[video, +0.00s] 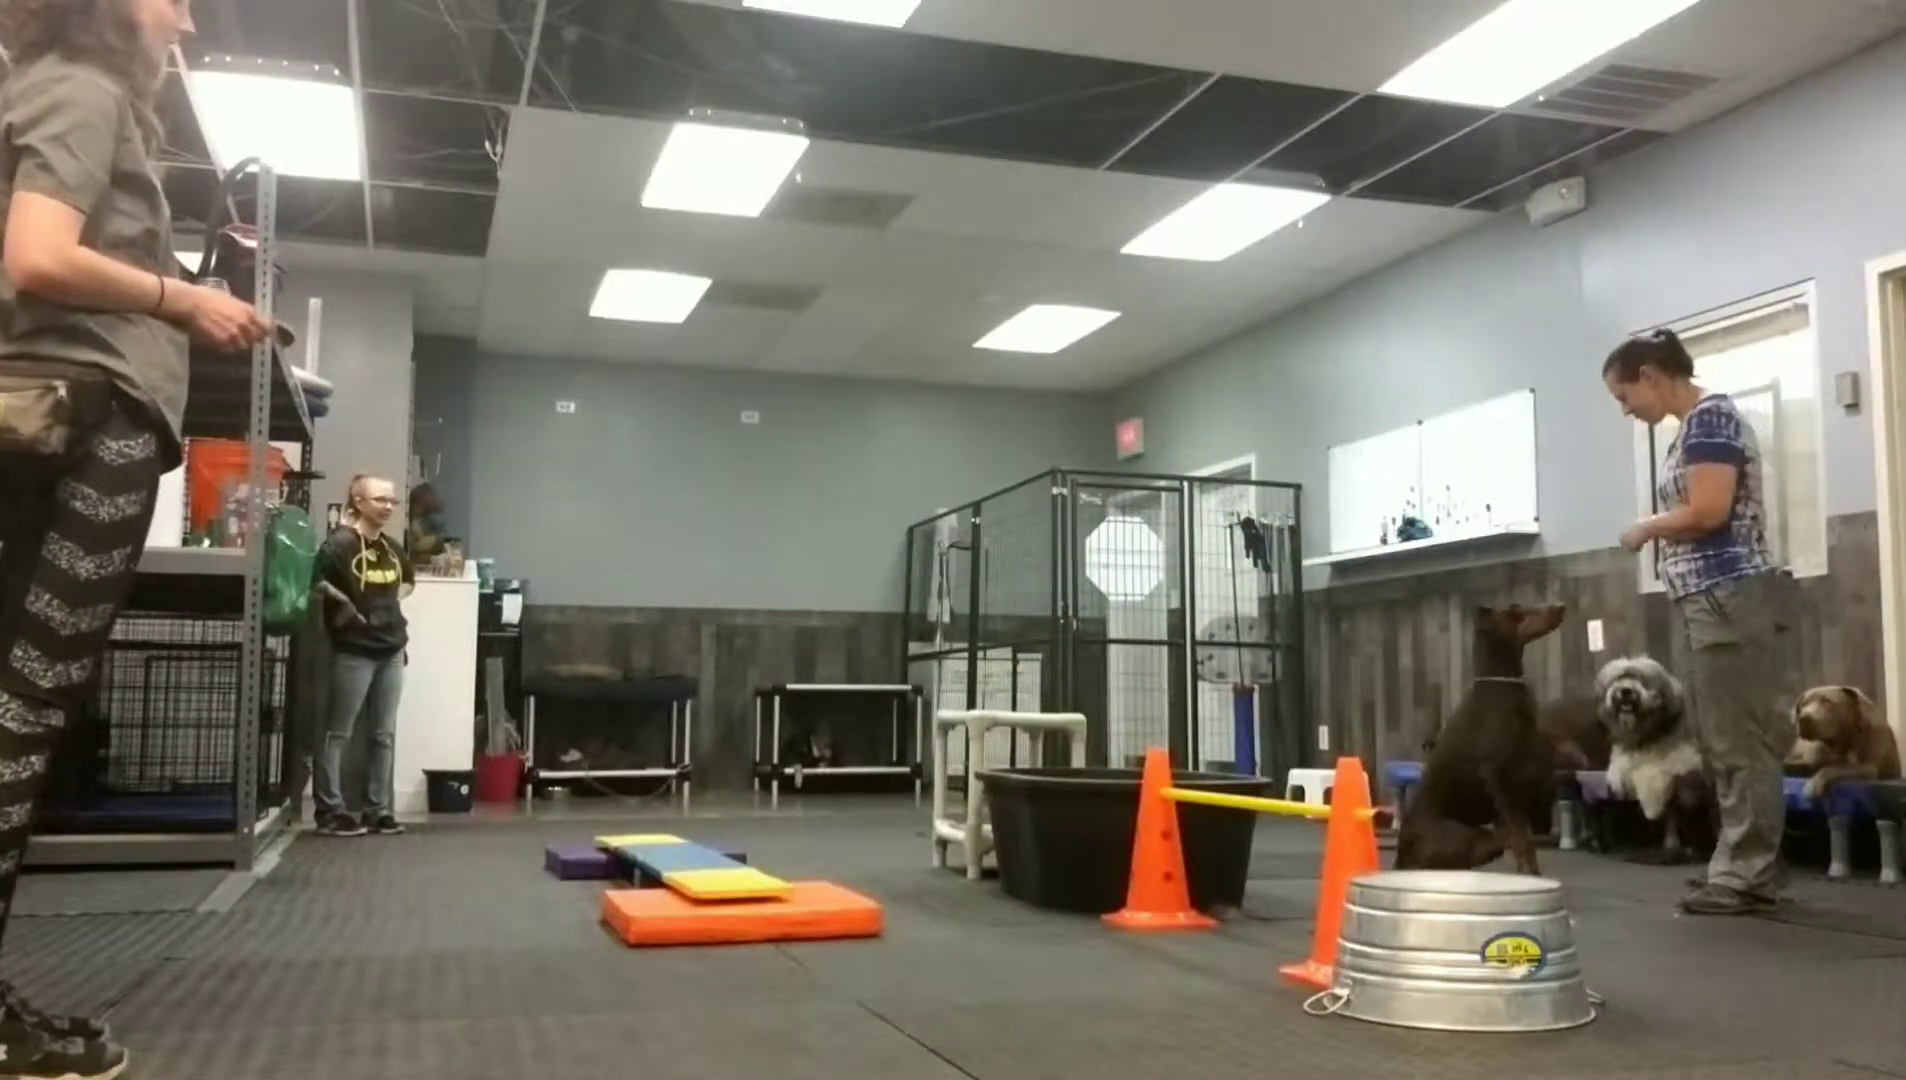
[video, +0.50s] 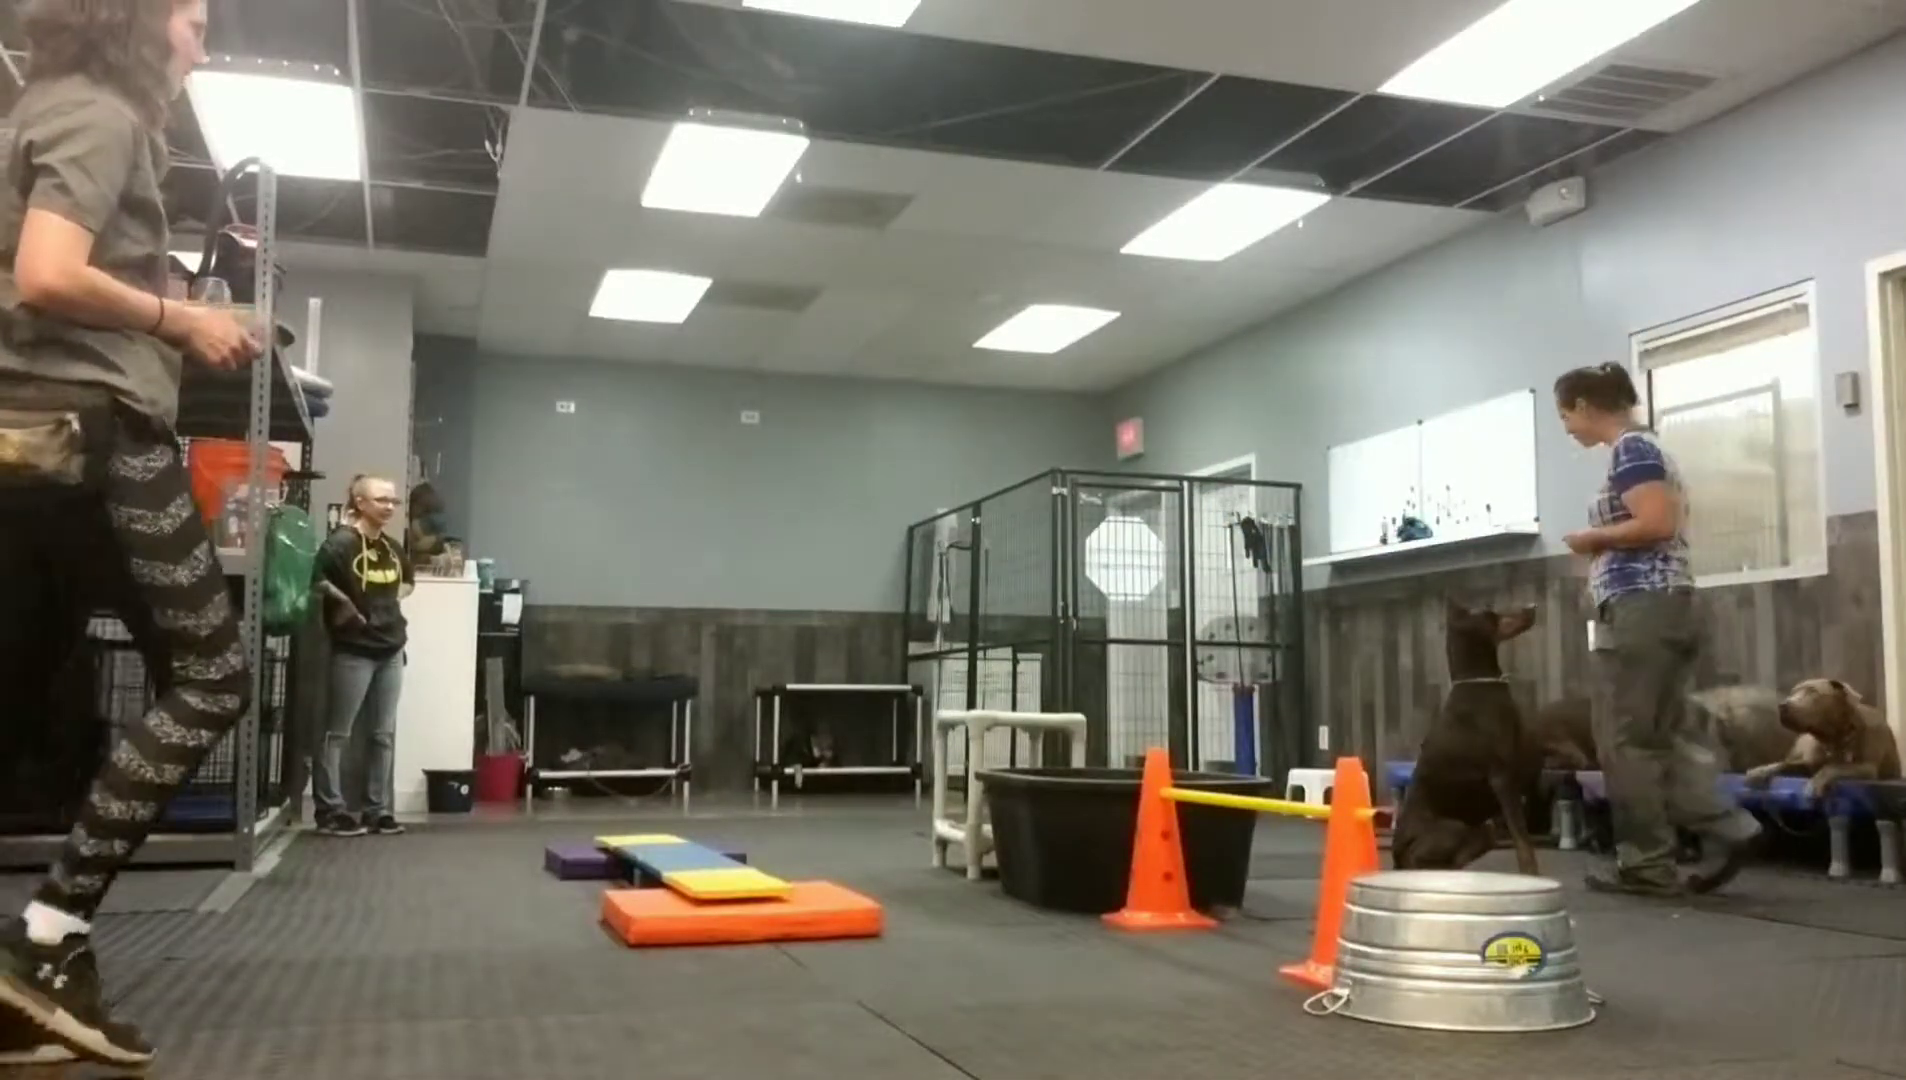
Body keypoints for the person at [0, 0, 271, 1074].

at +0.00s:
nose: (185, 26)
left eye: (186, 14)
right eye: (176, 8)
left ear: (110, 13)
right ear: (126, 4)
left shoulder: (91, 87)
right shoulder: (82, 85)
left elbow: (62, 259)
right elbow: (37, 256)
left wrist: (181, 291)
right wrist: (186, 298)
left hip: (81, 421)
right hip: (85, 423)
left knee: (39, 699)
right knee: (32, 703)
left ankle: (4, 1008)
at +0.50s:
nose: (200, 38)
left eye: (202, 19)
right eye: (191, 14)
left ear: (95, 19)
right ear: (136, 15)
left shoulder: (48, 104)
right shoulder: (98, 109)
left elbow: (56, 274)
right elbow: (46, 274)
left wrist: (172, 308)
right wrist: (180, 315)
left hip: (35, 432)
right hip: (97, 437)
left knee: (30, 712)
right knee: (209, 673)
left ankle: (37, 972)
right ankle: (51, 936)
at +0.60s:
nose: (222, 44)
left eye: (224, 24)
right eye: (212, 21)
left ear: (118, 28)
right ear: (158, 24)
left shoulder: (49, 118)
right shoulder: (126, 116)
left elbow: (52, 282)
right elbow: (69, 277)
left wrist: (188, 313)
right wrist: (197, 322)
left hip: (29, 438)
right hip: (115, 441)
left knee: (26, 720)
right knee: (238, 680)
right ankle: (207, 971)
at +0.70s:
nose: (271, 68)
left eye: (269, 50)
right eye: (262, 47)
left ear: (172, 52)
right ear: (212, 48)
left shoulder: (108, 144)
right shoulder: (185, 142)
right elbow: (140, 296)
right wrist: (260, 345)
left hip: (91, 453)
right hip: (168, 455)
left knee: (37, 715)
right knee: (279, 703)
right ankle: (337, 962)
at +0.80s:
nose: (350, 85)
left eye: (347, 64)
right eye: (342, 64)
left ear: (242, 74)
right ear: (304, 70)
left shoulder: (194, 166)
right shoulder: (279, 163)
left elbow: (172, 323)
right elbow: (248, 316)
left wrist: (325, 373)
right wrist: (358, 361)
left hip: (192, 457)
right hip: (274, 458)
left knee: (124, 714)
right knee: (362, 702)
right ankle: (357, 970)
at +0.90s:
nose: (441, 90)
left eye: (438, 71)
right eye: (429, 70)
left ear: (332, 78)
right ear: (380, 73)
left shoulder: (283, 175)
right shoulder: (388, 166)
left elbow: (271, 319)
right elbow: (370, 318)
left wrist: (383, 352)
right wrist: (458, 356)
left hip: (299, 449)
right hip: (373, 449)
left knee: (327, 722)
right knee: (394, 718)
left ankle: (134, 890)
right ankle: (363, 970)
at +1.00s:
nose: (531, 112)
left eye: (528, 93)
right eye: (523, 92)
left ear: (427, 95)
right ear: (487, 94)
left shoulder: (380, 185)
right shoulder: (482, 184)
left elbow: (355, 323)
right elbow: (465, 332)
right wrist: (529, 377)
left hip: (372, 453)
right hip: (443, 459)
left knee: (508, 691)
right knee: (413, 713)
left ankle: (453, 933)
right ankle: (358, 968)